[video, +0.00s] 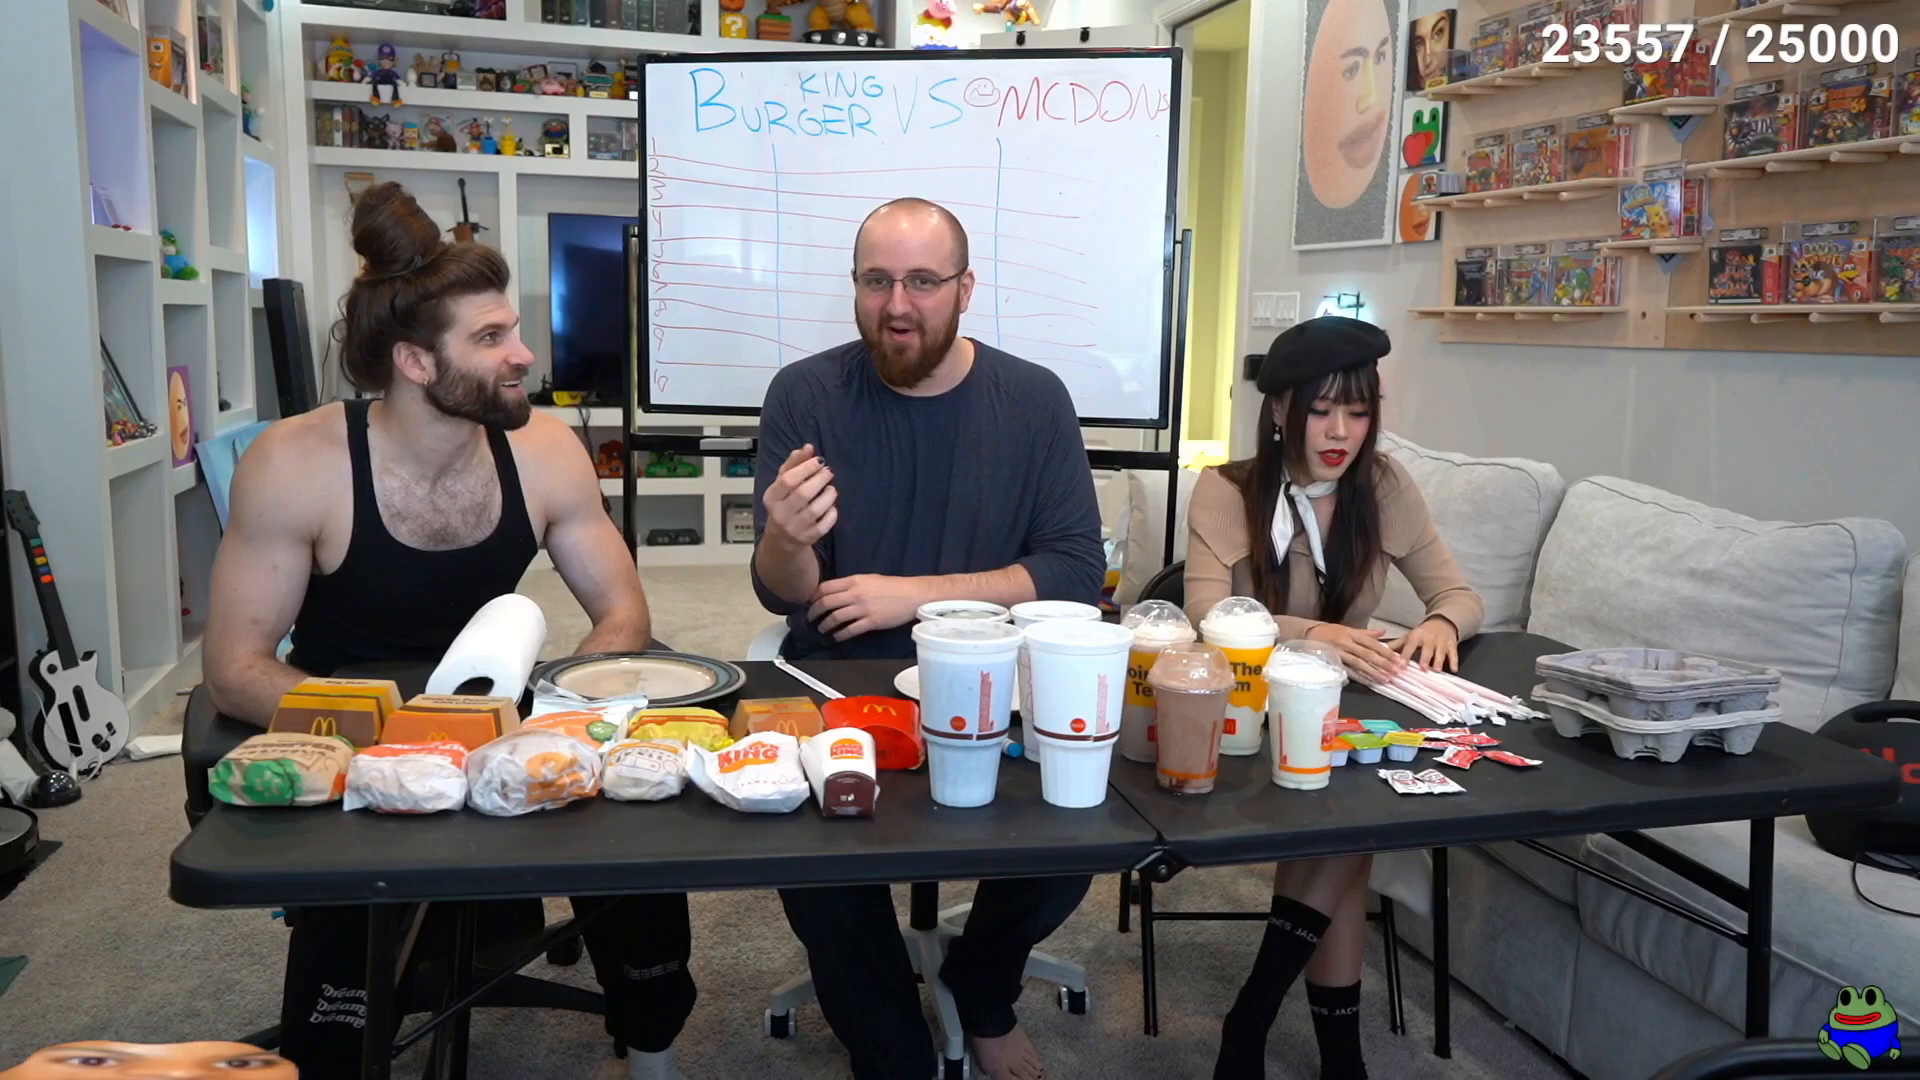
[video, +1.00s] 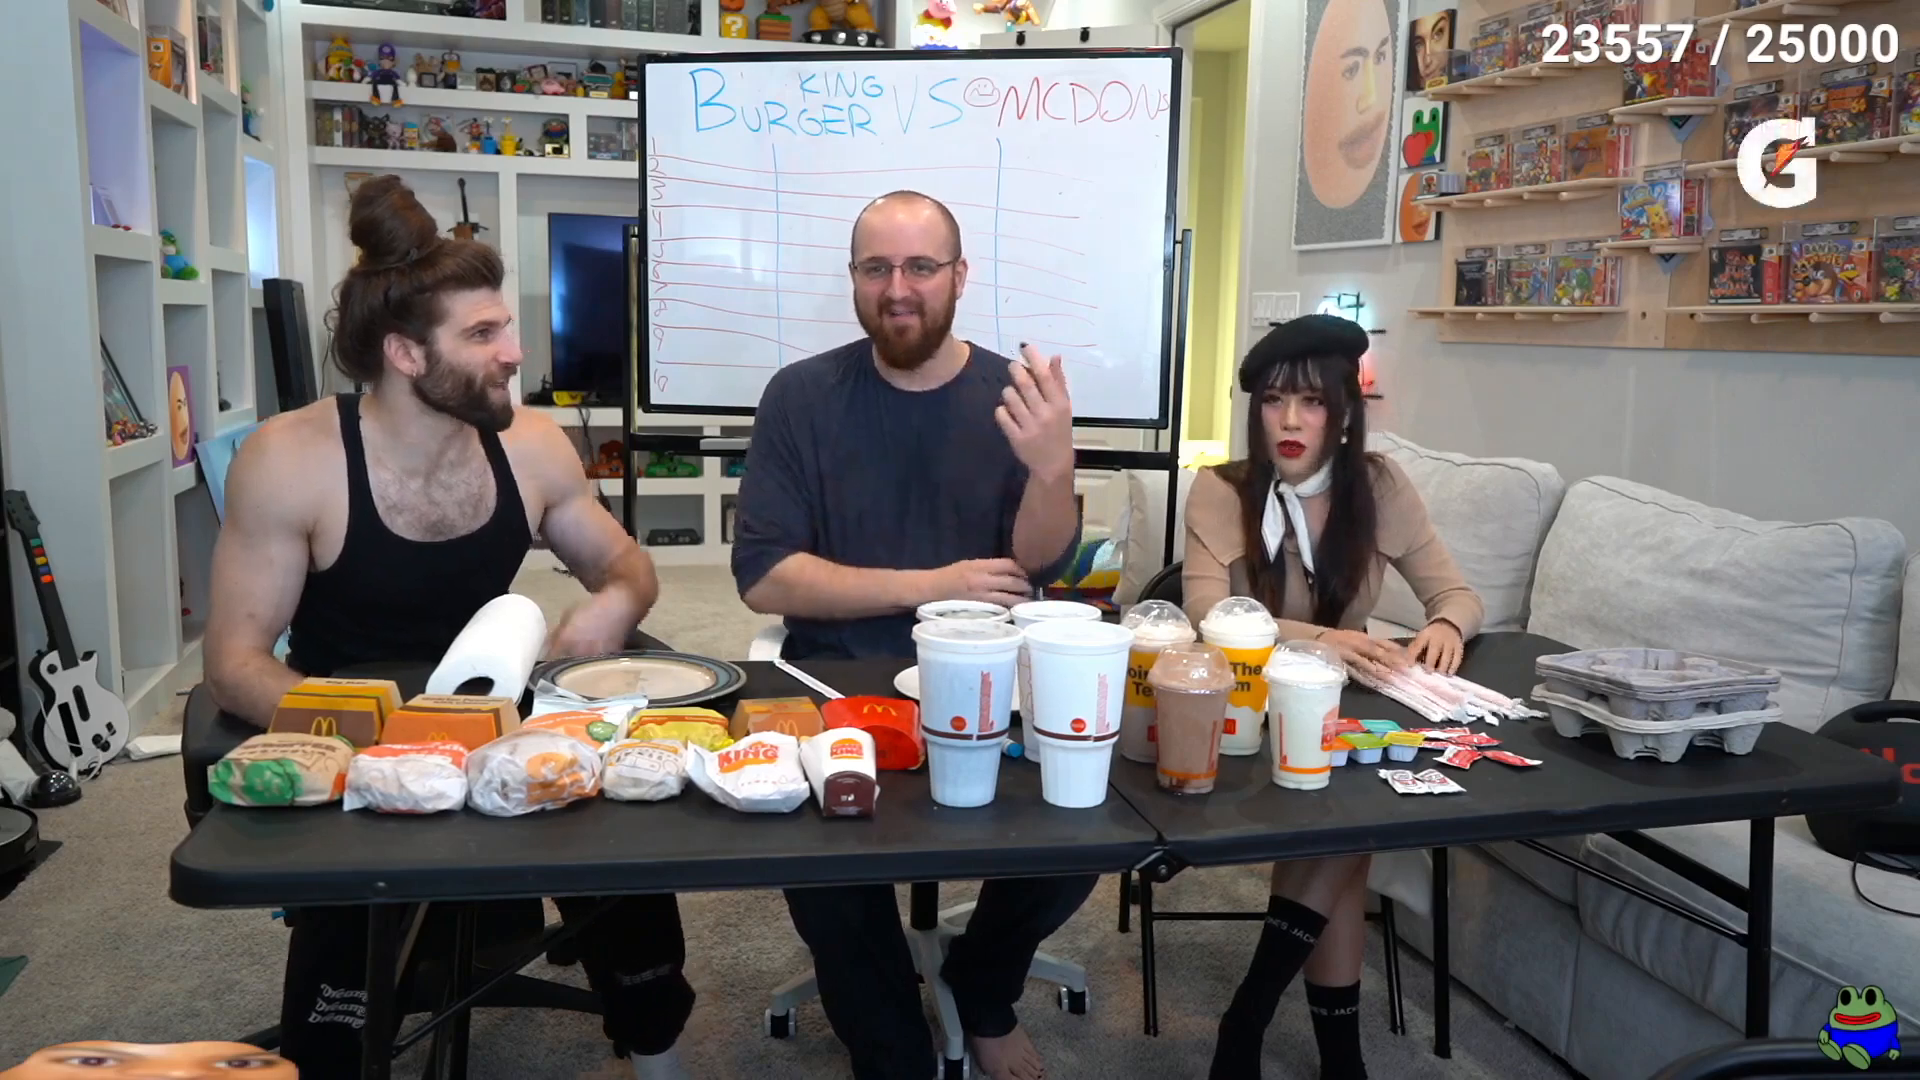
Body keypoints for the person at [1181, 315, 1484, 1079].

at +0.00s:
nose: (1339, 430)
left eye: (1356, 412)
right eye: (1319, 410)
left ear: (1373, 416)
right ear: (1281, 411)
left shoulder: (1385, 486)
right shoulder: (1225, 493)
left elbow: (1460, 595)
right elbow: (1209, 622)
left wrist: (1442, 620)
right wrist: (1311, 633)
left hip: (1339, 708)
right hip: (1242, 712)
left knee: (1352, 816)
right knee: (1351, 834)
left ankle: (1247, 1025)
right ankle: (1343, 1064)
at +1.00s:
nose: (1290, 419)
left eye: (1312, 401)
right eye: (1275, 400)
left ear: (1345, 412)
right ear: (1254, 407)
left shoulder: (1378, 483)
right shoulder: (1219, 491)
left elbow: (1454, 593)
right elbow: (1211, 620)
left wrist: (1448, 623)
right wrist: (1318, 636)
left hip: (1339, 705)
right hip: (1242, 710)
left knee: (1346, 816)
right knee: (1350, 830)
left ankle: (1244, 1023)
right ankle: (1343, 1064)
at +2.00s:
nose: (1289, 418)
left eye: (1311, 399)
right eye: (1274, 398)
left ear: (1345, 411)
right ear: (1253, 406)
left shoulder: (1376, 482)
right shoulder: (1221, 491)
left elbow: (1453, 595)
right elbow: (1209, 623)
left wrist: (1450, 624)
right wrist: (1312, 636)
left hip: (1337, 706)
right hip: (1241, 710)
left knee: (1346, 816)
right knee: (1350, 832)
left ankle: (1244, 1025)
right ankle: (1343, 1064)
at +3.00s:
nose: (1293, 417)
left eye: (1315, 399)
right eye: (1277, 398)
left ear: (1347, 411)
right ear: (1255, 406)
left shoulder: (1377, 482)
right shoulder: (1221, 492)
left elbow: (1454, 594)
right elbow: (1210, 622)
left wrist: (1449, 626)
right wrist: (1308, 634)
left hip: (1337, 706)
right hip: (1241, 710)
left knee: (1347, 814)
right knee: (1351, 829)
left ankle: (1245, 1026)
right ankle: (1343, 1064)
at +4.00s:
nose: (1296, 418)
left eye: (1318, 400)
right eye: (1280, 398)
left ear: (1348, 411)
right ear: (1256, 406)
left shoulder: (1379, 483)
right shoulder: (1221, 491)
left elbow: (1453, 594)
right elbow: (1209, 621)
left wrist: (1449, 625)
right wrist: (1309, 634)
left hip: (1337, 705)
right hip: (1241, 711)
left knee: (1348, 813)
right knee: (1351, 829)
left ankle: (1246, 1023)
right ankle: (1343, 1064)